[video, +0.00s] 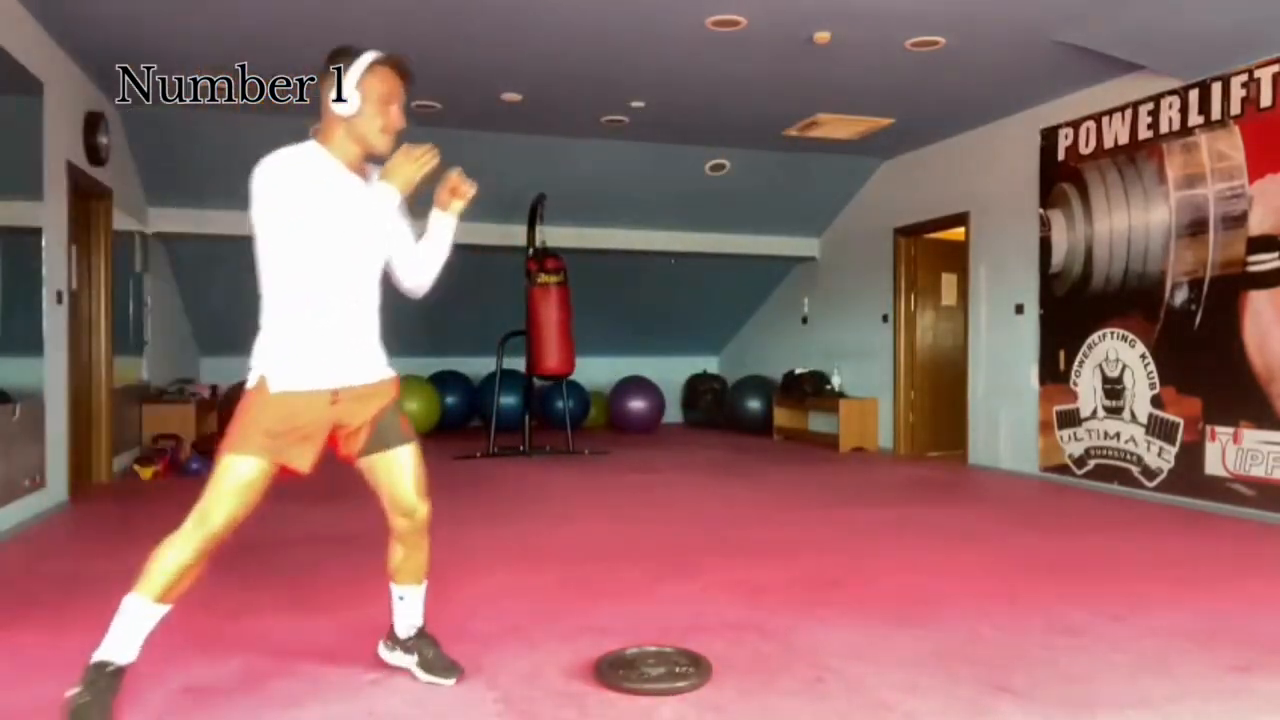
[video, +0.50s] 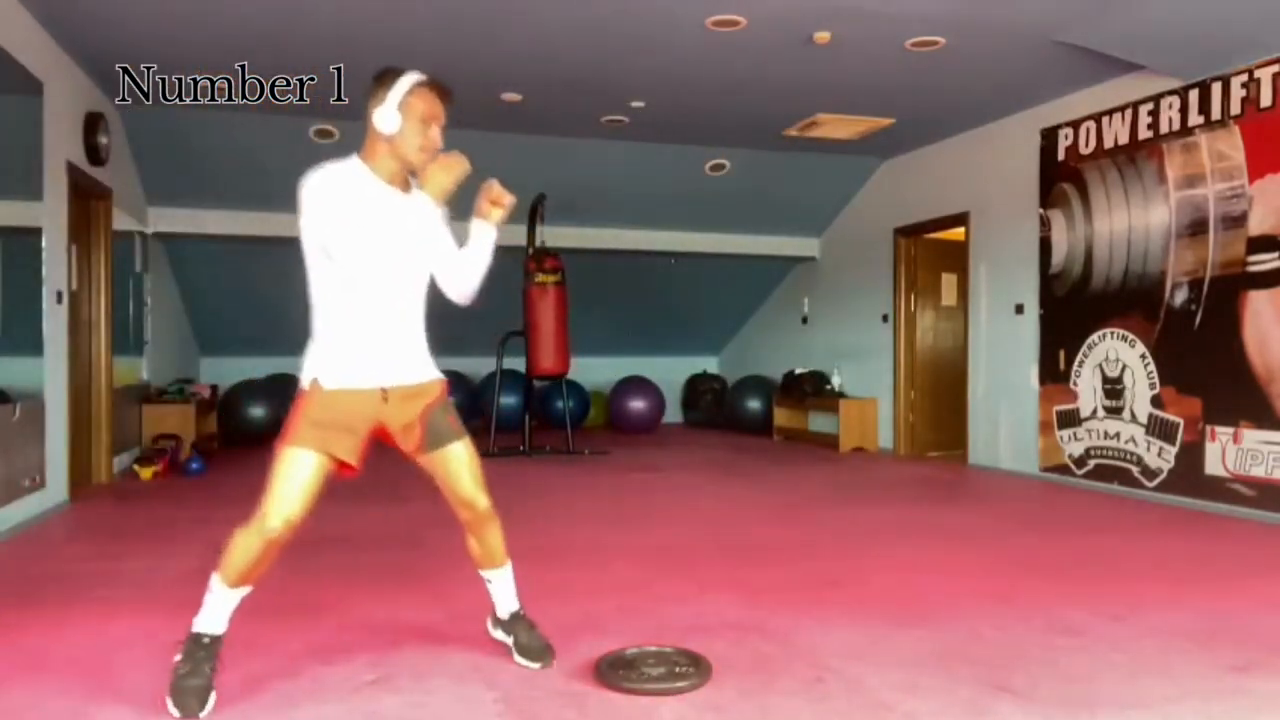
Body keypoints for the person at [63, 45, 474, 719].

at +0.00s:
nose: (400, 122)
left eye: (402, 109)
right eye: (388, 106)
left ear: (385, 113)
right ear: (342, 104)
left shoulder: (377, 193)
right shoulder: (279, 172)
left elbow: (415, 279)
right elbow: (323, 248)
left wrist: (445, 213)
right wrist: (394, 188)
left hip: (368, 384)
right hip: (286, 387)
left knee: (413, 510)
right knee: (209, 525)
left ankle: (407, 637)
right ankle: (110, 661)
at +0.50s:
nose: (437, 139)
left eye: (440, 128)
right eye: (425, 124)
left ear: (436, 133)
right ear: (384, 120)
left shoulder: (419, 206)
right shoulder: (324, 185)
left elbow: (461, 286)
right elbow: (364, 254)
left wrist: (486, 223)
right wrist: (433, 194)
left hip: (416, 384)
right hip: (335, 386)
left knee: (477, 505)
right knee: (277, 519)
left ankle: (509, 614)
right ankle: (205, 637)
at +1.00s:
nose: (381, 116)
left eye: (388, 105)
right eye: (372, 100)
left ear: (385, 110)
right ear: (328, 93)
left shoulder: (369, 176)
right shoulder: (263, 159)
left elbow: (406, 265)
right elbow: (296, 238)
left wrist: (436, 204)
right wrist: (370, 174)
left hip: (361, 364)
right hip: (278, 370)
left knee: (433, 482)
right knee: (218, 509)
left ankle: (427, 595)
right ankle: (136, 662)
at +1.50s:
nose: (380, 132)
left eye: (385, 122)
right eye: (370, 117)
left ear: (381, 125)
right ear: (328, 110)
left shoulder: (375, 191)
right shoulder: (267, 175)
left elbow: (423, 271)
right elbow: (299, 232)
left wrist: (439, 208)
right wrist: (373, 179)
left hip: (367, 374)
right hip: (282, 378)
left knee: (436, 489)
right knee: (224, 516)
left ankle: (467, 609)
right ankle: (164, 646)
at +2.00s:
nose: (365, 142)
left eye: (373, 132)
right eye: (355, 127)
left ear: (375, 134)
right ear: (315, 120)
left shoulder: (375, 191)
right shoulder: (255, 184)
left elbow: (447, 217)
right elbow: (295, 233)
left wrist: (490, 161)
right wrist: (367, 173)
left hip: (366, 376)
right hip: (279, 384)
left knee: (440, 492)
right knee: (222, 516)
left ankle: (485, 607)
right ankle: (168, 654)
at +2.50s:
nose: (342, 116)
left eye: (346, 105)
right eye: (332, 100)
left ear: (341, 112)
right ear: (286, 98)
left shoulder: (341, 177)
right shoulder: (223, 168)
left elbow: (402, 249)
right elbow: (257, 230)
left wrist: (428, 188)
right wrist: (334, 167)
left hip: (329, 367)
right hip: (241, 372)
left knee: (407, 483)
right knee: (179, 507)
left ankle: (439, 598)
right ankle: (129, 644)